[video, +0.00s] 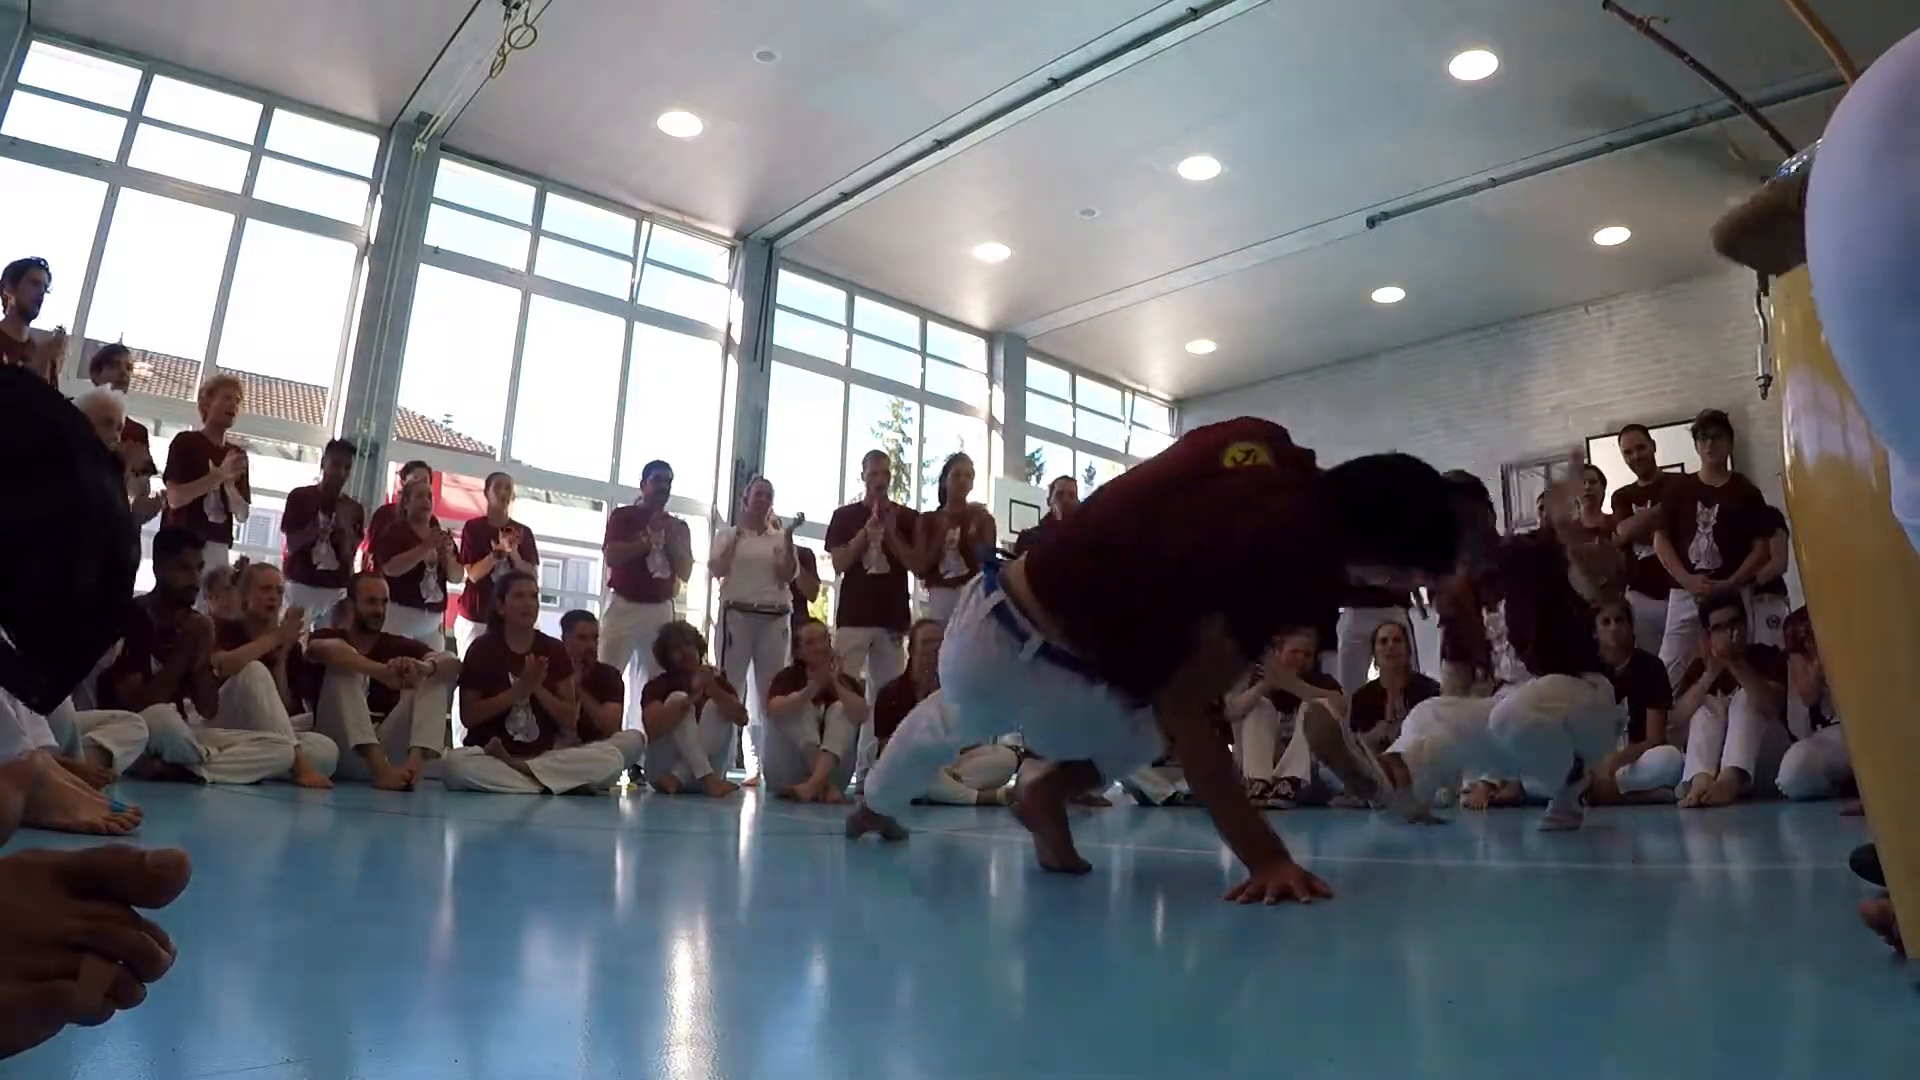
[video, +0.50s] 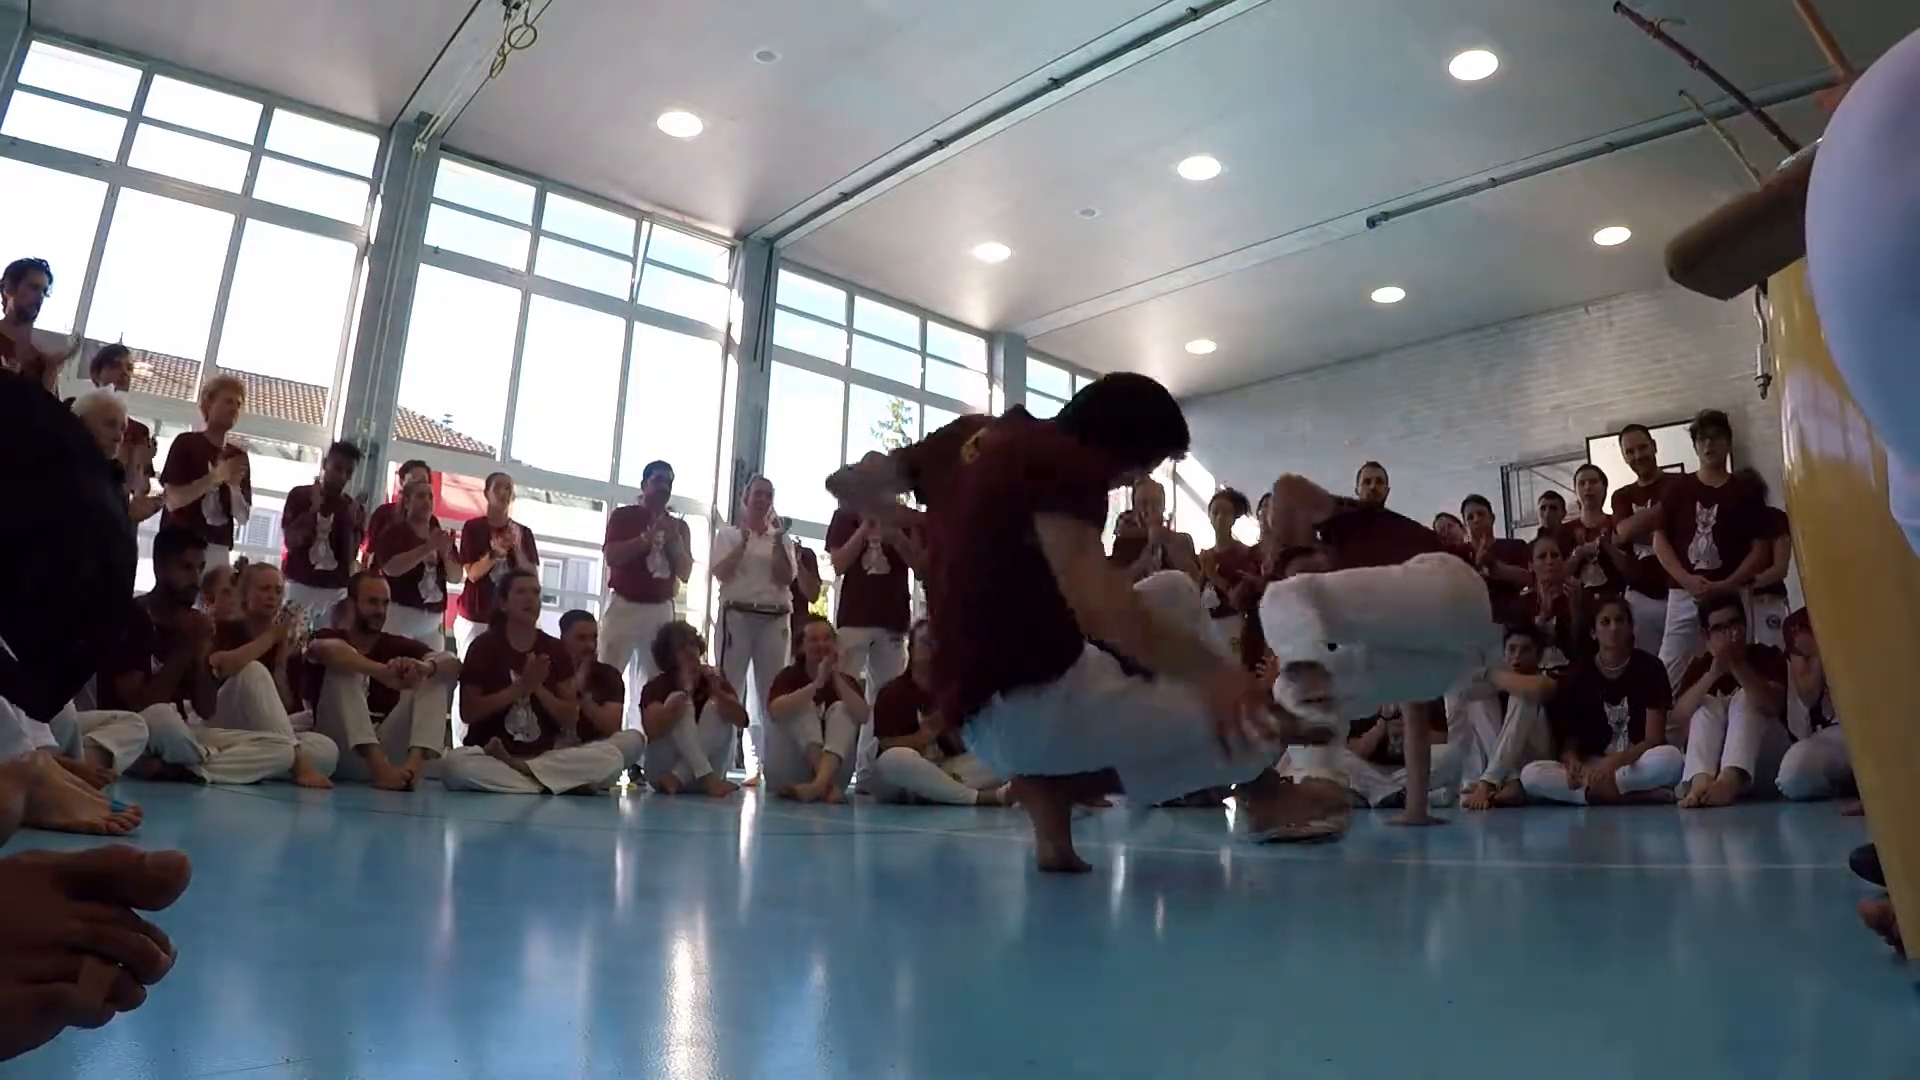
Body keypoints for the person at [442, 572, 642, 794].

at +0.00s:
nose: (528, 603)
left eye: (533, 597)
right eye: (519, 597)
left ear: (539, 603)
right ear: (500, 605)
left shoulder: (554, 649)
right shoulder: (481, 648)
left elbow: (569, 717)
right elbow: (469, 716)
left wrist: (535, 688)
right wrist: (519, 690)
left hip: (546, 756)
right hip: (488, 756)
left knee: (613, 758)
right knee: (454, 765)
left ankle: (522, 766)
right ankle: (550, 786)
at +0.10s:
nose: (528, 603)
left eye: (533, 597)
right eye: (519, 597)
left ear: (539, 603)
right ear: (500, 605)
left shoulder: (555, 649)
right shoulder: (481, 648)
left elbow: (569, 717)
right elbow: (469, 716)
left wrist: (535, 687)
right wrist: (520, 689)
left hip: (546, 756)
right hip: (488, 755)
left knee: (612, 758)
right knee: (454, 765)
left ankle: (523, 766)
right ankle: (550, 786)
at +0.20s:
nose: (528, 602)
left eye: (534, 596)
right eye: (519, 595)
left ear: (540, 603)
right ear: (500, 604)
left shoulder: (555, 649)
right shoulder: (482, 648)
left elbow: (570, 717)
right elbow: (469, 715)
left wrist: (535, 689)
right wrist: (520, 689)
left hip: (546, 756)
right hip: (488, 755)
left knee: (613, 758)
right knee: (454, 765)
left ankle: (523, 766)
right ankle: (551, 786)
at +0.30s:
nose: (529, 600)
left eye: (534, 595)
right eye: (519, 594)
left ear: (540, 603)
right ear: (500, 604)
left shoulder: (556, 649)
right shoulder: (482, 648)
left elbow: (570, 717)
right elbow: (469, 715)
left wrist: (536, 688)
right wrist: (521, 689)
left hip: (546, 756)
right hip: (488, 756)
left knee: (613, 757)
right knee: (455, 765)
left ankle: (523, 766)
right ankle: (551, 786)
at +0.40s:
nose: (529, 600)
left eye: (534, 595)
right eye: (519, 594)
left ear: (540, 603)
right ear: (501, 604)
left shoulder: (556, 649)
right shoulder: (482, 647)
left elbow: (570, 717)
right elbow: (469, 715)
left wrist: (536, 688)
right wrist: (522, 688)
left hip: (546, 756)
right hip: (488, 755)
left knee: (612, 758)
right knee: (454, 765)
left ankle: (522, 766)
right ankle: (550, 786)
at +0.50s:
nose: (530, 599)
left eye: (535, 593)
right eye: (521, 593)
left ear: (542, 601)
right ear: (503, 603)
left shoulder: (556, 648)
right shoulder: (483, 646)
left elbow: (570, 717)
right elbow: (468, 713)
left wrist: (536, 688)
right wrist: (521, 687)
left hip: (546, 755)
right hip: (488, 755)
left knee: (612, 758)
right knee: (454, 765)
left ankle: (522, 766)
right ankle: (550, 786)